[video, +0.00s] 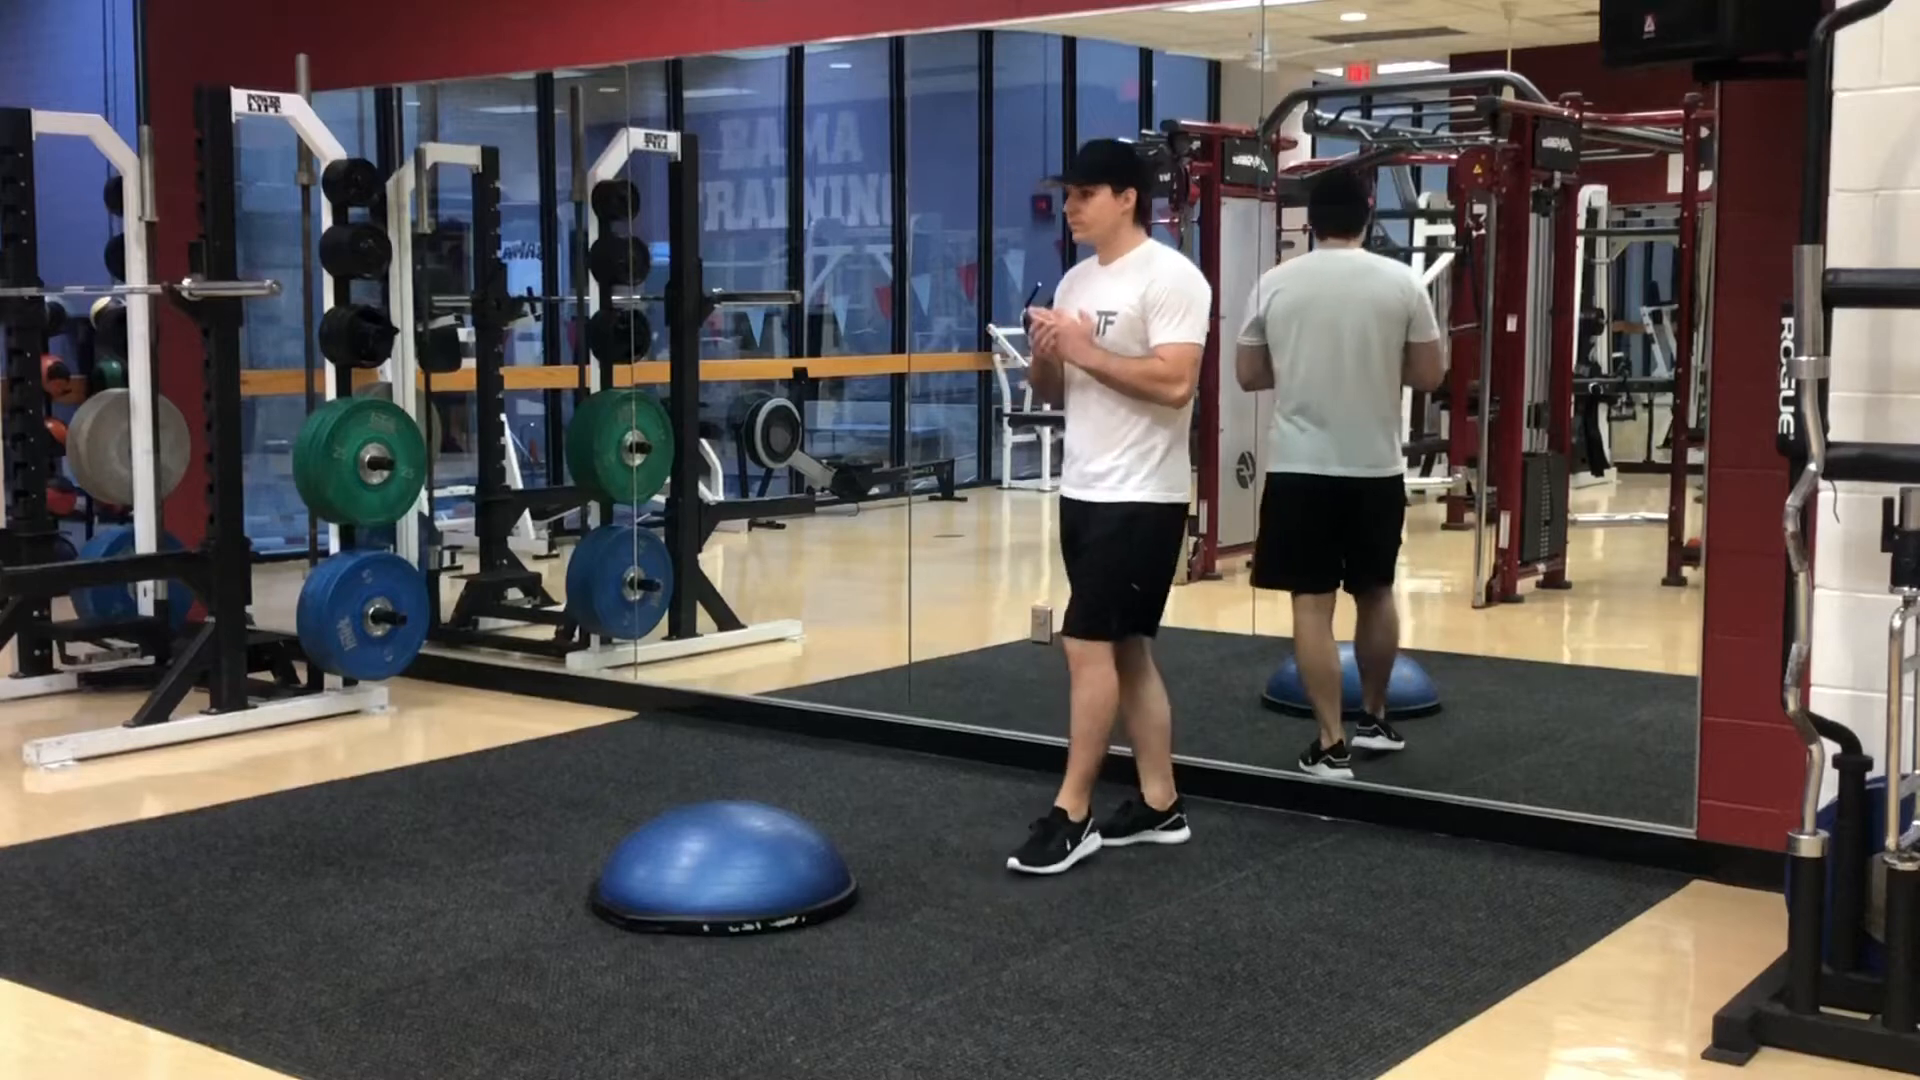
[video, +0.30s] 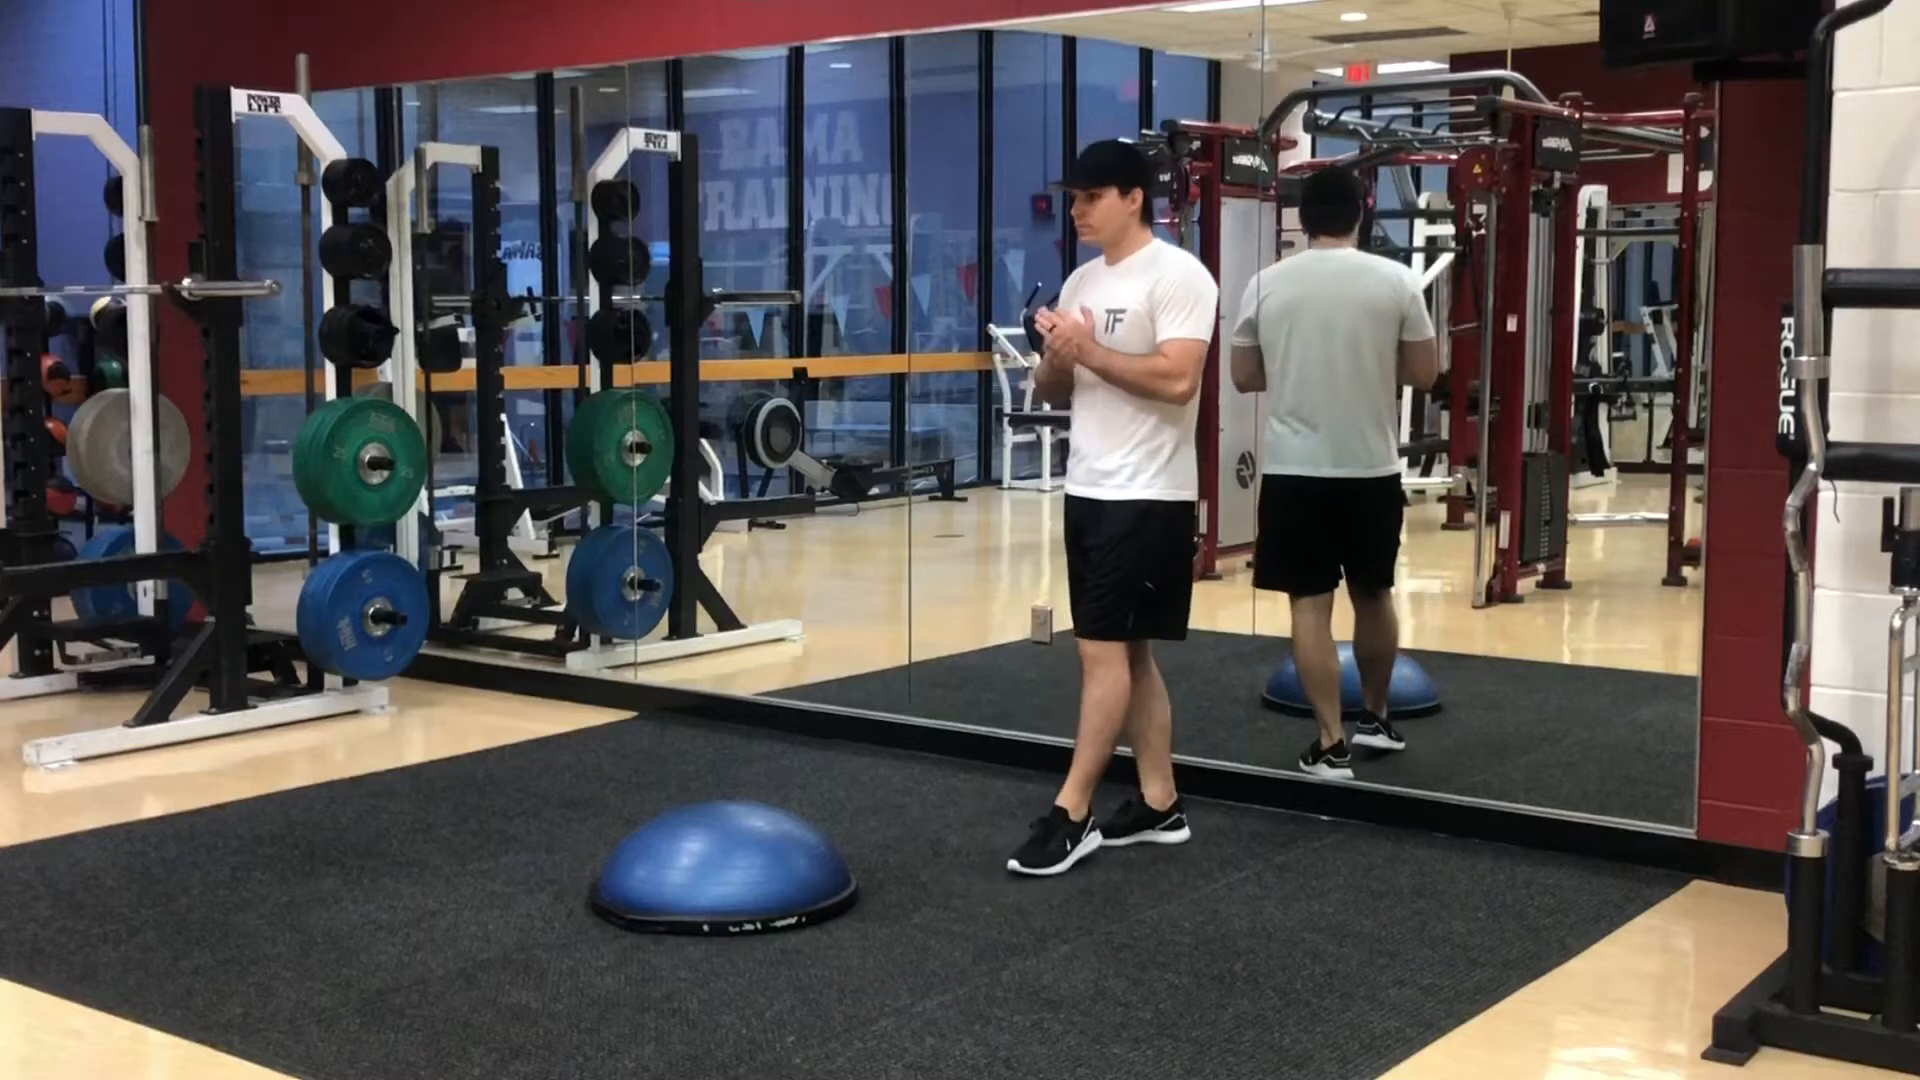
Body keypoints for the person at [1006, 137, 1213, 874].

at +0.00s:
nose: (1071, 209)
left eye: (1084, 195)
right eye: (1069, 196)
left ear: (1125, 198)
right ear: (1090, 203)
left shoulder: (1175, 277)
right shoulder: (1075, 281)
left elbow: (1175, 385)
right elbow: (1051, 393)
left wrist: (1084, 354)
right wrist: (1043, 353)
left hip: (1144, 494)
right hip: (1085, 490)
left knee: (1087, 641)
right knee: (1130, 651)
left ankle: (1071, 810)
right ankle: (1161, 803)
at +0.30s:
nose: (1078, 212)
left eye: (1091, 199)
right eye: (1075, 199)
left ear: (1133, 199)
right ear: (1083, 204)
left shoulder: (1182, 275)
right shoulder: (1081, 282)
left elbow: (1177, 381)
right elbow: (1051, 391)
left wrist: (1086, 352)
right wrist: (1055, 353)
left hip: (1147, 495)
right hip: (1091, 491)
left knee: (1102, 649)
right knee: (1131, 654)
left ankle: (1070, 811)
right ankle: (1160, 803)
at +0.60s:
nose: (1085, 209)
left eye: (1099, 195)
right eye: (1081, 196)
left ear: (1139, 197)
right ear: (1087, 203)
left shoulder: (1184, 274)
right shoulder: (1084, 280)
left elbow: (1175, 380)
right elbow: (1050, 388)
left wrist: (1087, 352)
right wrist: (1058, 344)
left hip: (1148, 492)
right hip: (1089, 489)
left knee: (1113, 649)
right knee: (1126, 650)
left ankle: (1092, 812)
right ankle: (1159, 799)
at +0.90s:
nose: (1091, 206)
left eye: (1104, 192)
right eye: (1086, 194)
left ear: (1146, 195)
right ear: (1089, 201)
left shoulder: (1186, 273)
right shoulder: (1085, 280)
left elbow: (1177, 377)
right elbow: (1044, 384)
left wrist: (1089, 343)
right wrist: (1068, 341)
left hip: (1149, 492)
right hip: (1091, 489)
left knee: (1115, 650)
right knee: (1124, 651)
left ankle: (1091, 811)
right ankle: (1160, 801)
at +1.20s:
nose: (1095, 203)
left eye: (1108, 190)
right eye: (1091, 191)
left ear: (1150, 195)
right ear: (1094, 199)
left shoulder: (1190, 275)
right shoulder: (1084, 280)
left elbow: (1180, 377)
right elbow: (1046, 386)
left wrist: (1091, 355)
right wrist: (1058, 351)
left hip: (1154, 491)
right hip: (1093, 488)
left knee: (1119, 651)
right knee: (1126, 652)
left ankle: (1091, 812)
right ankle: (1161, 801)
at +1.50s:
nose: (1097, 205)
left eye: (1111, 191)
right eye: (1093, 193)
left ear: (1152, 196)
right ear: (1095, 199)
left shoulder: (1193, 274)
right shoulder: (1088, 281)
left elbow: (1180, 379)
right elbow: (1051, 386)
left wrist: (1087, 363)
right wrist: (1054, 361)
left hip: (1156, 492)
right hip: (1095, 489)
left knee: (1121, 652)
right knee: (1128, 653)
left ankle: (1091, 813)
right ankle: (1161, 802)